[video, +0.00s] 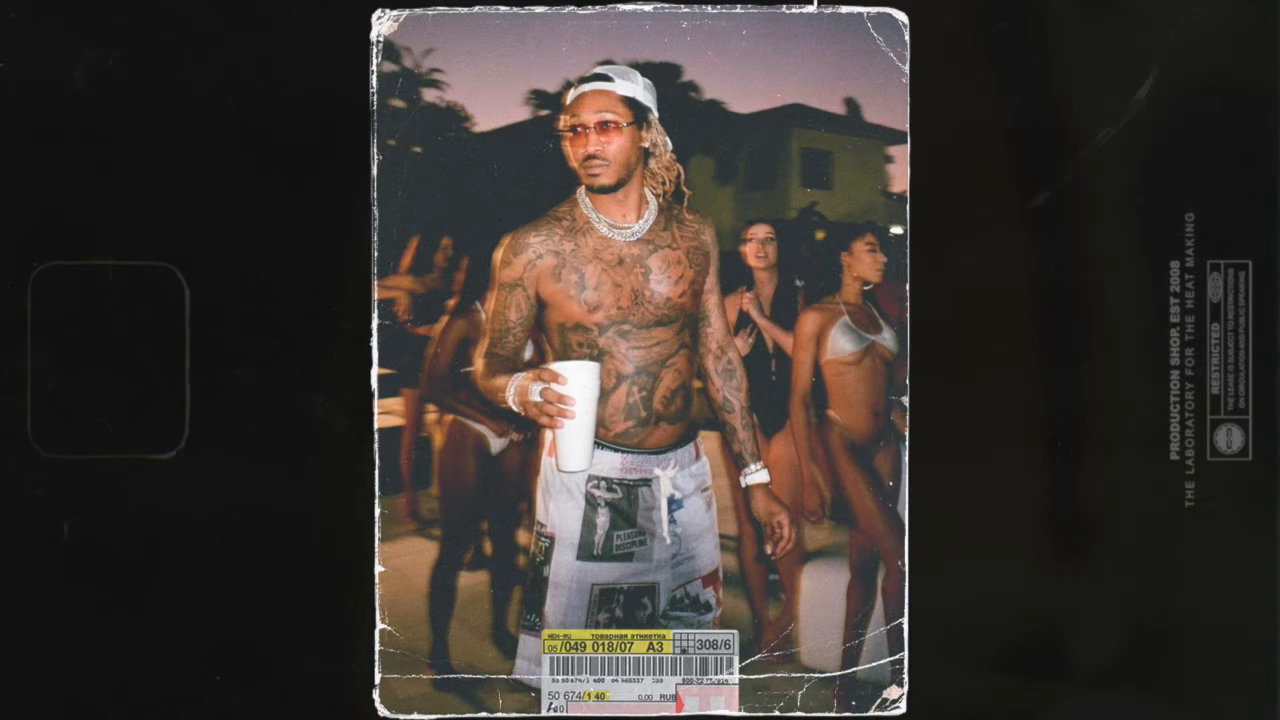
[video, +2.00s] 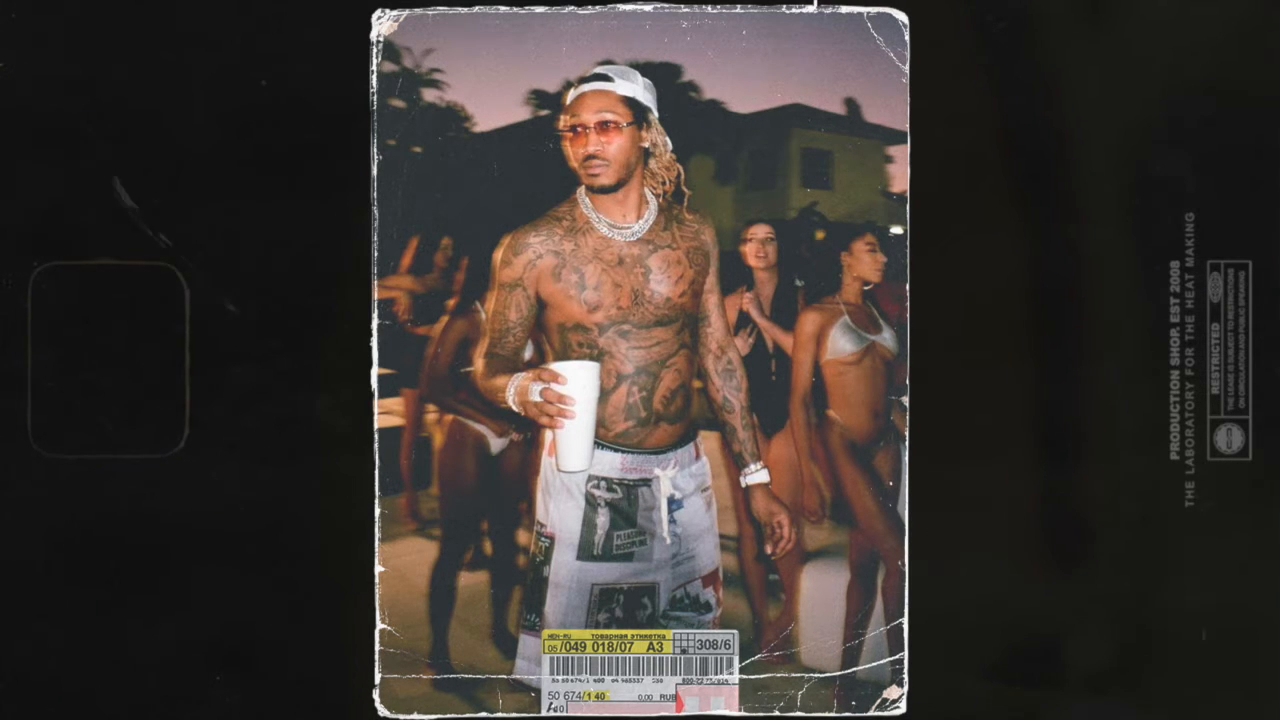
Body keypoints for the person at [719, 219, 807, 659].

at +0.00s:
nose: (759, 249)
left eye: (768, 241)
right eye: (751, 242)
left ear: (781, 249)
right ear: (741, 250)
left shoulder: (797, 296)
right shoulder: (730, 300)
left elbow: (802, 352)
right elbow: (712, 364)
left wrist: (760, 318)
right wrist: (734, 349)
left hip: (784, 420)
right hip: (739, 421)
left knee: (783, 520)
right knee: (748, 526)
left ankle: (793, 613)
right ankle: (762, 619)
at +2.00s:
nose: (760, 249)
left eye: (768, 241)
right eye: (752, 241)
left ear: (781, 249)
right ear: (741, 250)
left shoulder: (797, 296)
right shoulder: (730, 300)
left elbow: (804, 352)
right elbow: (713, 366)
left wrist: (761, 318)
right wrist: (734, 347)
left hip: (783, 420)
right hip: (738, 421)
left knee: (784, 521)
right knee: (748, 526)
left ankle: (794, 613)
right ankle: (761, 623)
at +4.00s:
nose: (759, 249)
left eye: (767, 242)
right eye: (751, 242)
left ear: (781, 249)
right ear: (741, 250)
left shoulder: (797, 296)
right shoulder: (730, 300)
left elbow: (803, 351)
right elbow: (714, 364)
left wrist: (761, 317)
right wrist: (735, 342)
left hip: (784, 419)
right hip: (739, 420)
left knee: (783, 521)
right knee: (748, 525)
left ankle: (794, 612)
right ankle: (762, 621)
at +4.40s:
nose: (759, 249)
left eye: (767, 242)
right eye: (752, 242)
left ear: (781, 249)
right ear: (740, 250)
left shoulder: (797, 296)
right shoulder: (731, 300)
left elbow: (803, 351)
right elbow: (714, 365)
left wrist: (761, 318)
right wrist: (735, 344)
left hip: (784, 420)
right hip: (739, 421)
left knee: (783, 521)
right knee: (748, 526)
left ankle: (793, 612)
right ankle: (762, 621)